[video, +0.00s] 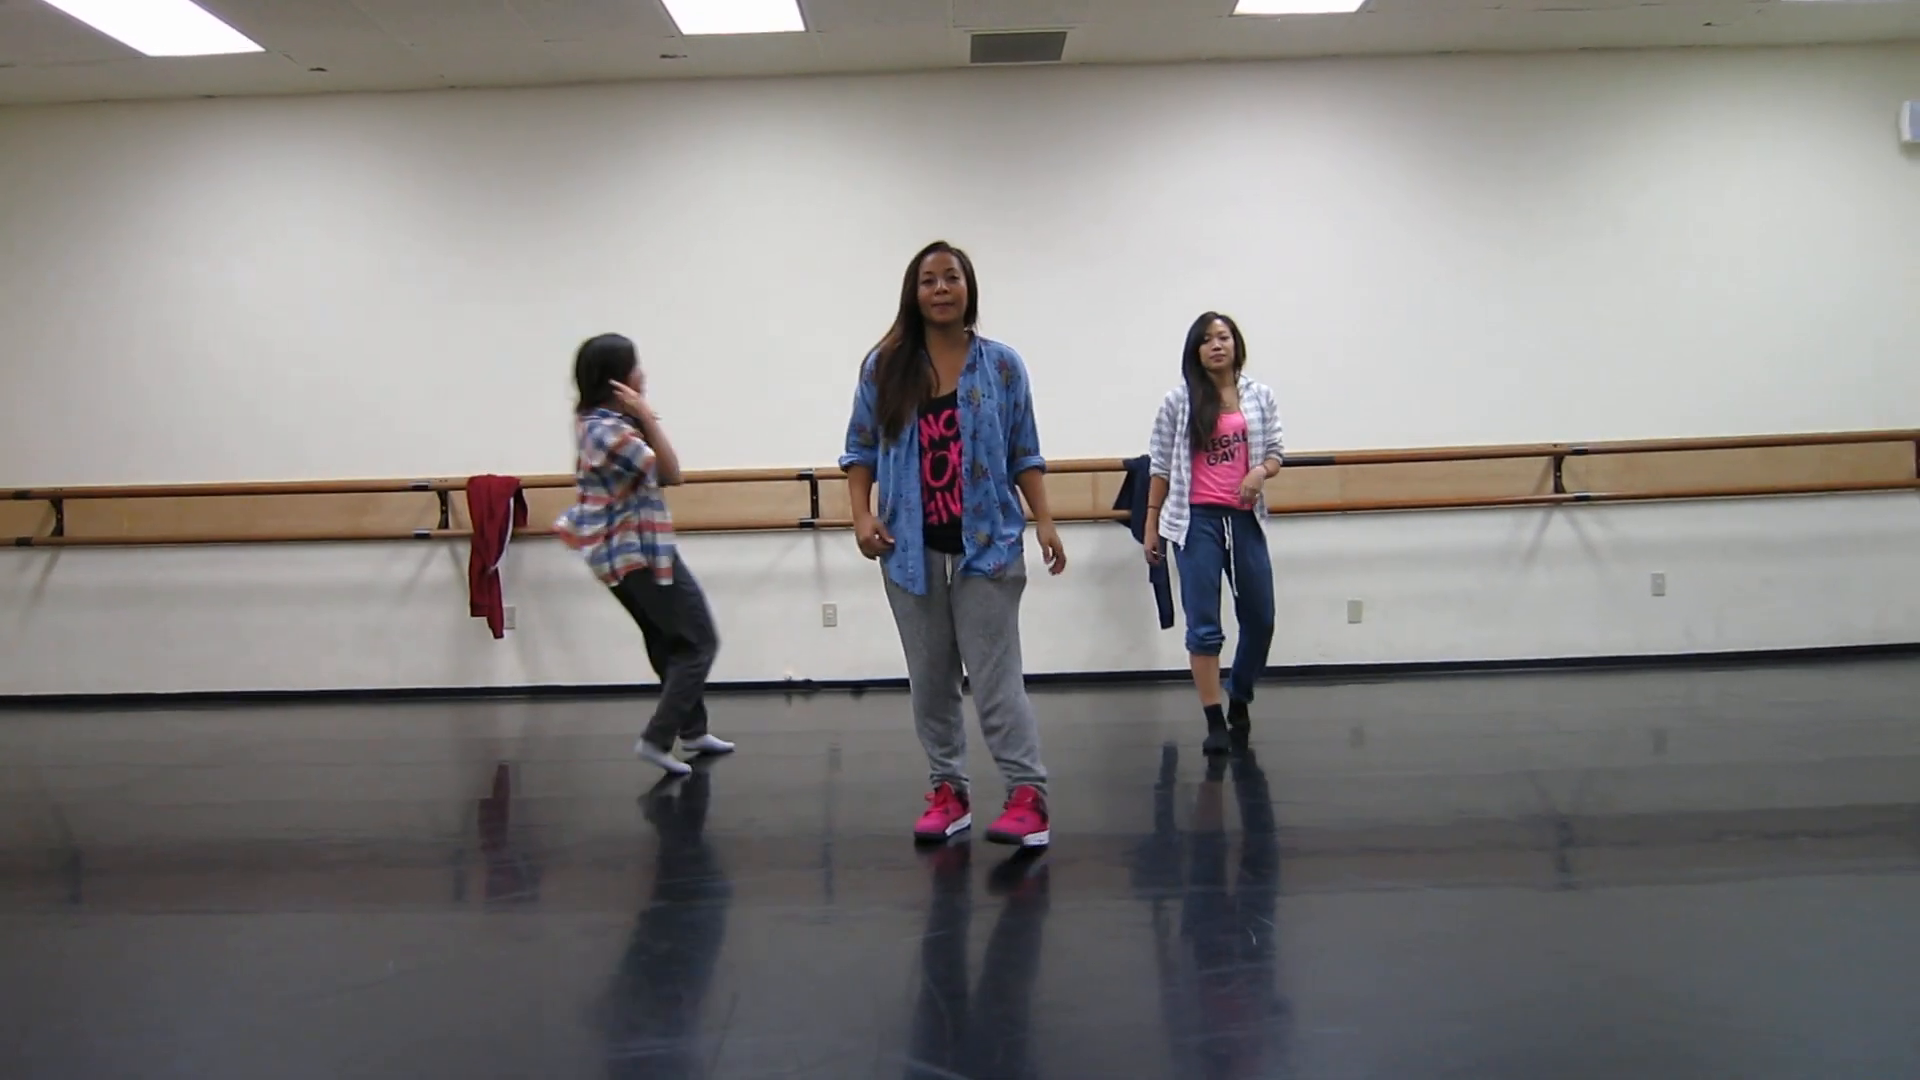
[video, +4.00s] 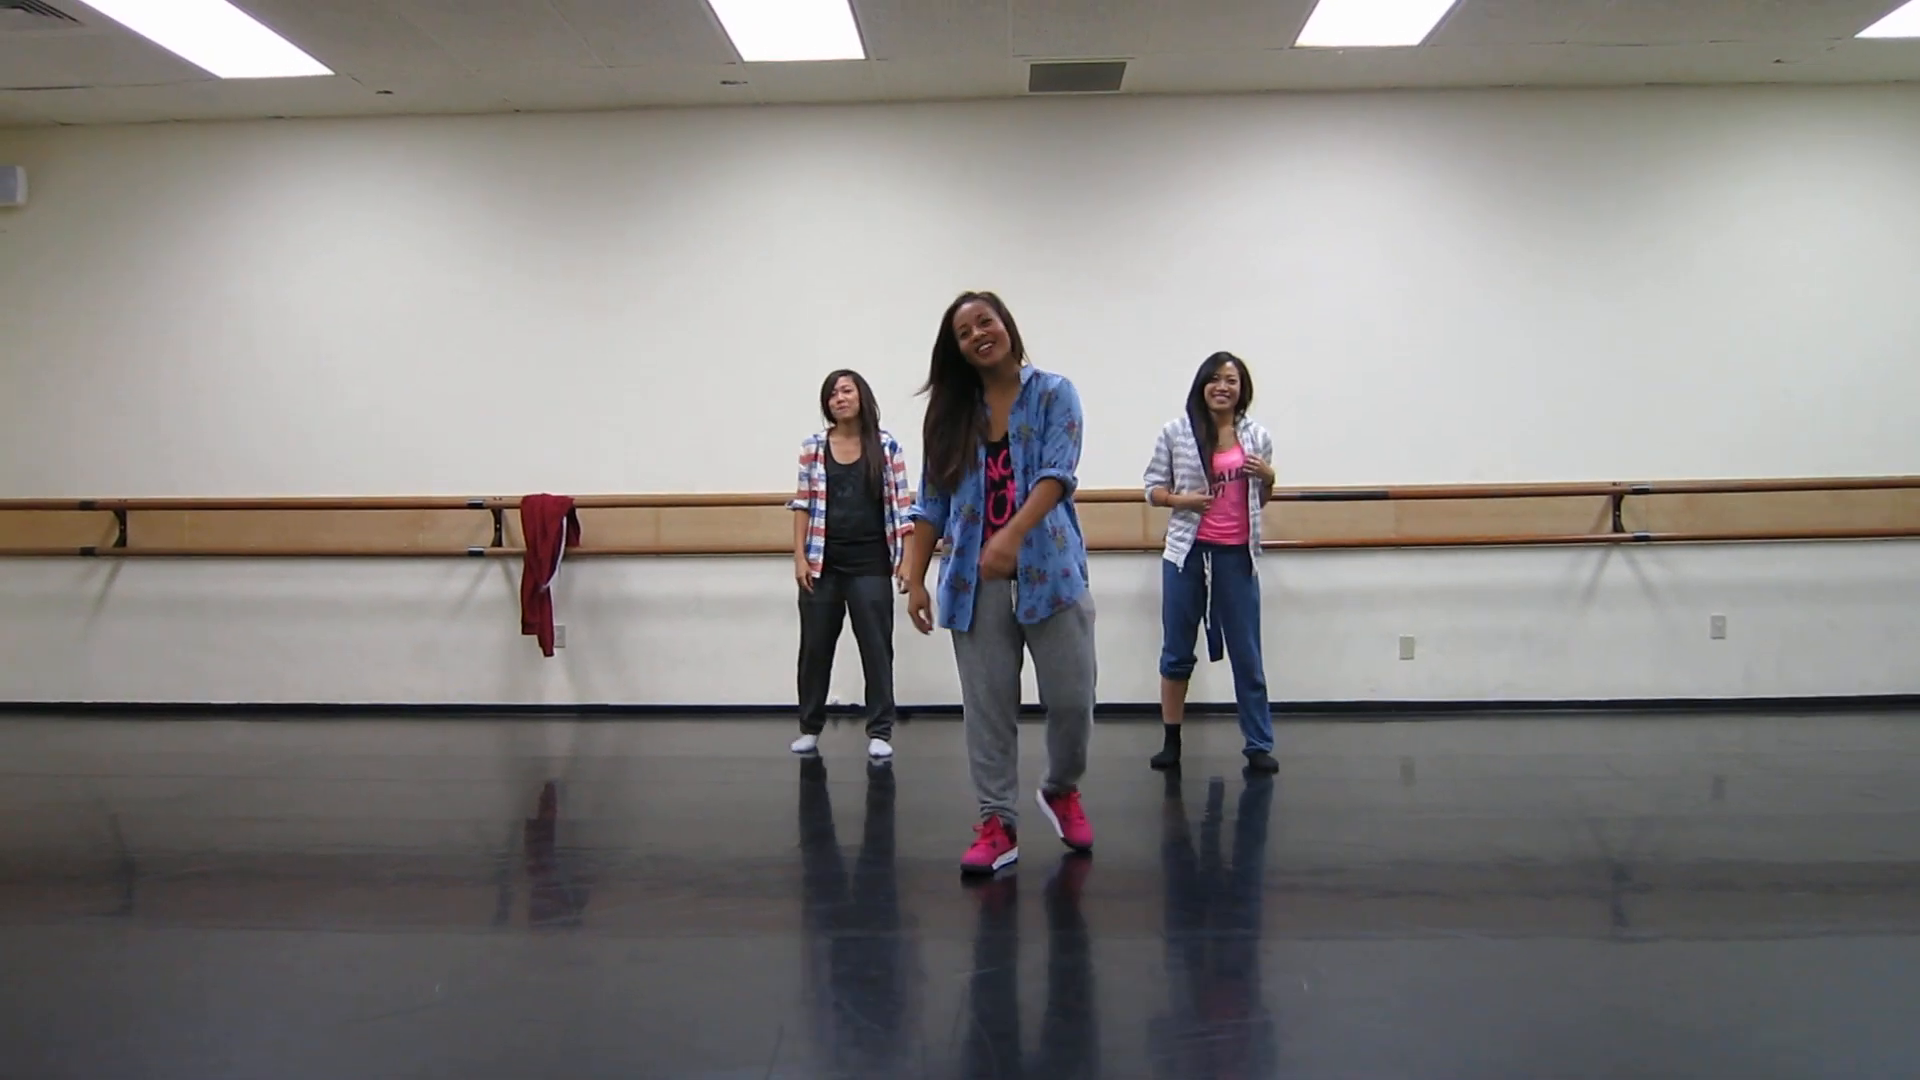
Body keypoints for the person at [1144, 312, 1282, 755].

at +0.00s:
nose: (1217, 345)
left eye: (1223, 337)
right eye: (1207, 340)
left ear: (1237, 344)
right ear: (1195, 351)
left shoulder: (1259, 396)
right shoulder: (1177, 402)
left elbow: (1275, 455)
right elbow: (1159, 470)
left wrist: (1260, 471)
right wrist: (1151, 526)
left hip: (1245, 519)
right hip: (1194, 519)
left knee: (1260, 617)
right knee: (1203, 621)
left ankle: (1240, 697)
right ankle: (1214, 721)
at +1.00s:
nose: (1235, 355)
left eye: (1243, 348)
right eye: (1226, 349)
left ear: (1255, 356)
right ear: (1215, 358)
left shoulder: (1271, 403)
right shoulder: (1195, 405)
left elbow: (1281, 464)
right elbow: (1175, 464)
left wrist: (1290, 437)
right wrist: (1193, 456)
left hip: (1257, 518)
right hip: (1207, 517)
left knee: (1274, 615)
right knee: (1191, 613)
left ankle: (1287, 708)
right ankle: (1178, 702)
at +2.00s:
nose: (1197, 366)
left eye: (1204, 359)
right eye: (1188, 360)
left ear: (1216, 366)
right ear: (1175, 369)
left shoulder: (1233, 413)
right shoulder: (1158, 415)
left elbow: (1242, 484)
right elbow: (1143, 478)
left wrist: (1240, 446)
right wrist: (1180, 473)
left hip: (1226, 531)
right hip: (1178, 530)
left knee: (1247, 628)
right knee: (1172, 625)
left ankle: (1267, 721)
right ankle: (1171, 716)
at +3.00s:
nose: (1254, 378)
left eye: (1262, 371)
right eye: (1244, 371)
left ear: (1274, 377)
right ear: (1232, 379)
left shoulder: (1290, 423)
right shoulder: (1211, 426)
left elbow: (1295, 490)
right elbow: (1194, 487)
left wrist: (1308, 461)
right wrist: (1232, 487)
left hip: (1270, 543)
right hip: (1221, 539)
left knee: (1263, 650)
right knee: (1212, 642)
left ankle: (1253, 739)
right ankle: (1205, 729)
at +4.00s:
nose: (1222, 387)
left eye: (1231, 381)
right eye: (1215, 380)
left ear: (1243, 389)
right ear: (1201, 387)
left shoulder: (1255, 436)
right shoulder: (1175, 434)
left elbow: (1261, 499)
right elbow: (1153, 491)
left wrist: (1267, 476)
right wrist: (1183, 499)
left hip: (1236, 555)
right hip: (1185, 553)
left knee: (1247, 657)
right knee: (1177, 653)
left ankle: (1258, 747)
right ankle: (1171, 743)